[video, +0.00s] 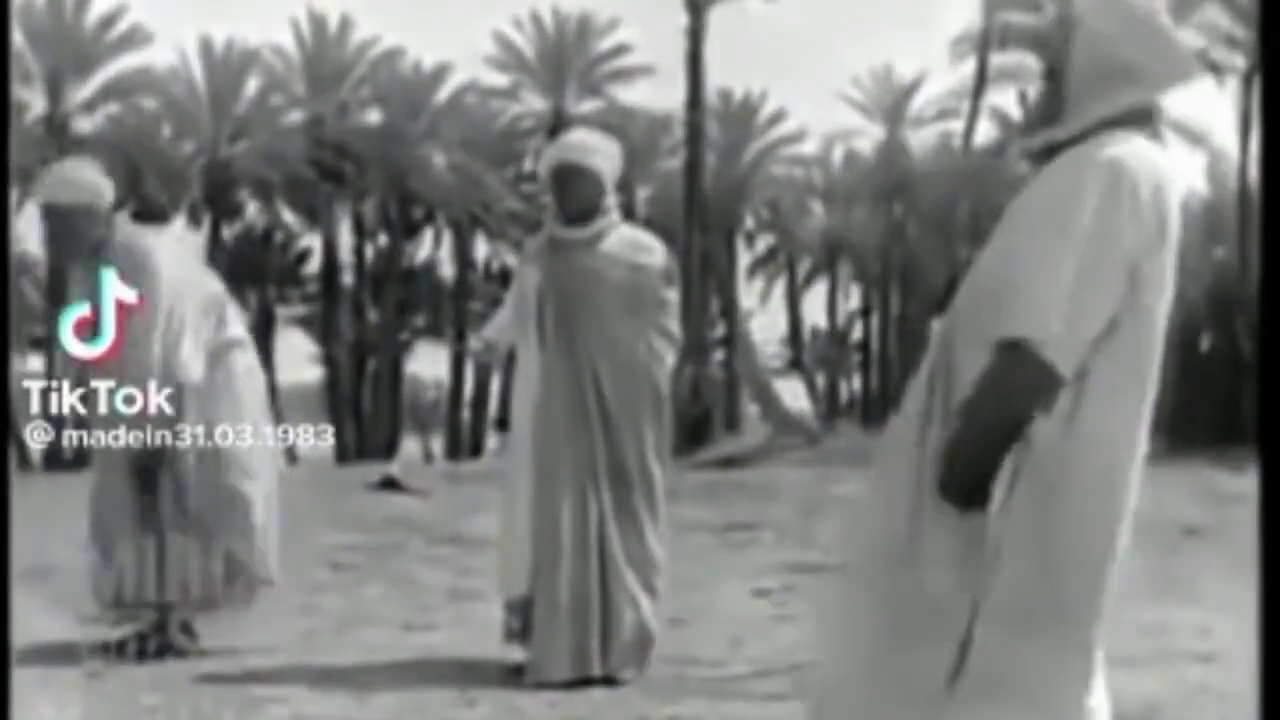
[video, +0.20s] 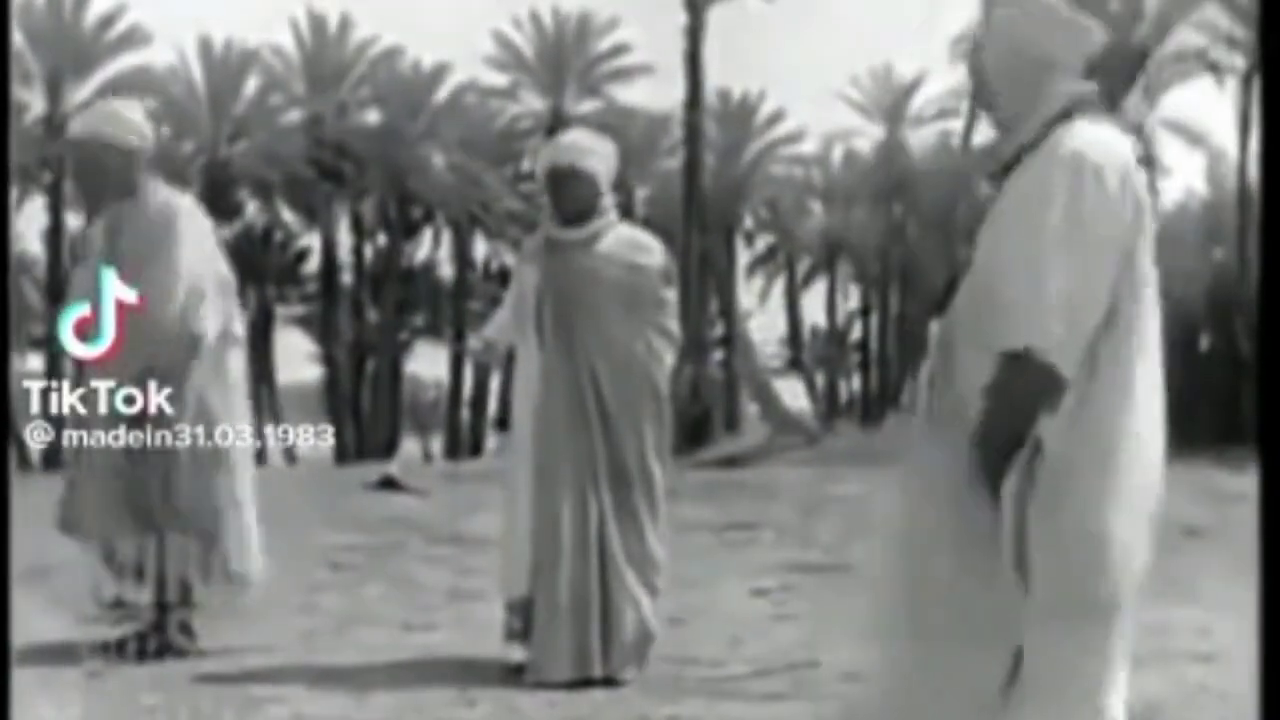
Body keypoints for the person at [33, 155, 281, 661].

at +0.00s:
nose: (56, 236)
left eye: (64, 223)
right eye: (52, 223)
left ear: (93, 219)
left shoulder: (157, 264)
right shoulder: (93, 260)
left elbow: (172, 359)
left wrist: (154, 435)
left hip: (211, 374)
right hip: (159, 372)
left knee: (175, 485)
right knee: (142, 478)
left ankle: (172, 617)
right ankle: (158, 612)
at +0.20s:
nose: (76, 176)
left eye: (87, 162)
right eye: (75, 162)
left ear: (120, 162)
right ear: (113, 165)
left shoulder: (173, 220)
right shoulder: (104, 229)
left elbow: (181, 317)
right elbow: (92, 310)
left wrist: (158, 385)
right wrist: (96, 369)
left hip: (183, 383)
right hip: (135, 381)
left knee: (177, 495)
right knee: (147, 494)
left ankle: (175, 616)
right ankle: (162, 610)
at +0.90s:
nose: (92, 200)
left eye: (99, 185)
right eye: (89, 187)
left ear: (128, 179)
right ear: (122, 183)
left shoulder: (191, 229)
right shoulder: (136, 235)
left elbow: (223, 325)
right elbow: (144, 320)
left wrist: (166, 369)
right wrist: (122, 362)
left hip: (207, 383)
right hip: (159, 383)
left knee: (188, 497)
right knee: (145, 495)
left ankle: (183, 626)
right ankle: (169, 616)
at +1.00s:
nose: (80, 261)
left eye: (82, 249)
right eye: (72, 252)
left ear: (105, 237)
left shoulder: (175, 266)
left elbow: (220, 349)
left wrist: (179, 396)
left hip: (202, 410)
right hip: (158, 408)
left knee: (184, 510)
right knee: (153, 511)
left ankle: (185, 623)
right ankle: (168, 620)